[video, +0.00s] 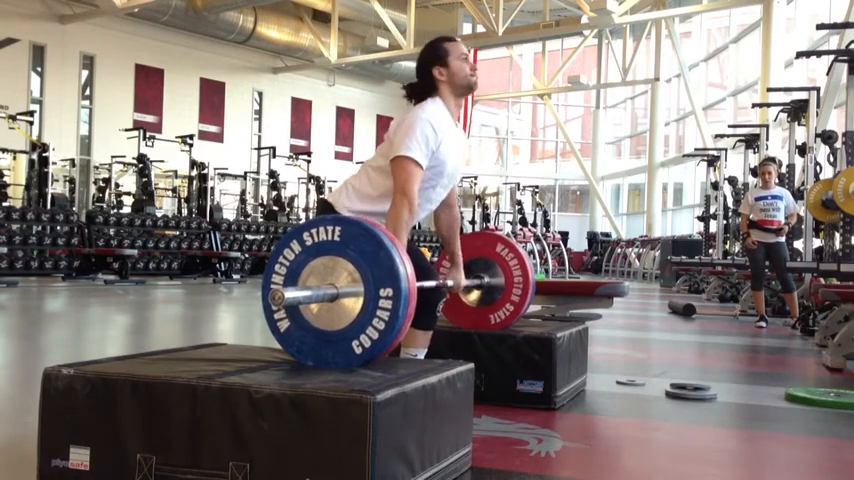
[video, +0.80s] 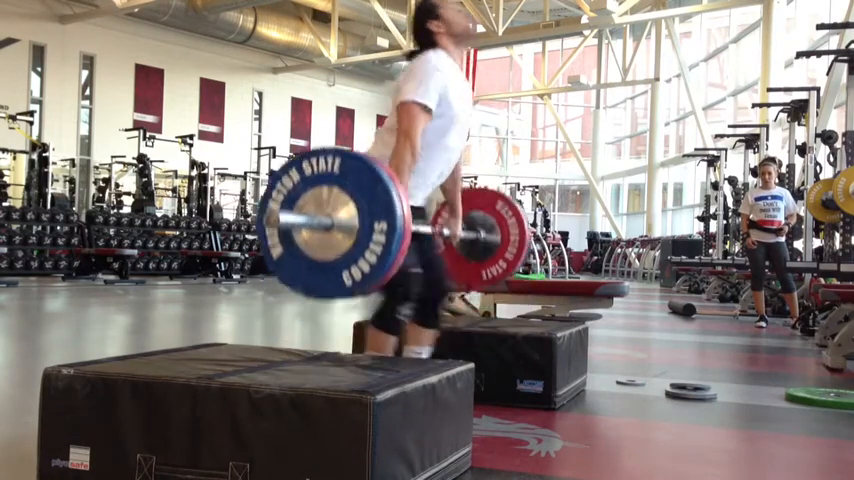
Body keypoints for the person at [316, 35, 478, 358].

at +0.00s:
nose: (473, 64)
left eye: (471, 58)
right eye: (464, 59)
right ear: (440, 72)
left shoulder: (452, 131)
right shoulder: (424, 117)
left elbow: (446, 204)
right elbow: (404, 198)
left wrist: (455, 263)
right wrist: (391, 265)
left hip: (381, 225)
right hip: (345, 217)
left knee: (429, 287)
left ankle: (408, 384)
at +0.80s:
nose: (466, 13)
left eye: (461, 7)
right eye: (455, 8)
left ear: (443, 27)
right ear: (436, 26)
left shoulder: (457, 79)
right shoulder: (429, 64)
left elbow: (450, 154)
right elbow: (406, 139)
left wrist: (454, 212)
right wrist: (392, 209)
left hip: (413, 205)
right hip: (385, 202)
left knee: (434, 285)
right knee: (402, 285)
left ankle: (412, 383)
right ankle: (374, 385)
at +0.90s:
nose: (410, 2)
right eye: (398, 1)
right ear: (378, 18)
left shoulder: (419, 62)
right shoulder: (391, 52)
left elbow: (433, 140)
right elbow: (389, 127)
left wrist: (455, 196)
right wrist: (404, 196)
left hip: (442, 201)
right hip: (412, 199)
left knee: (454, 291)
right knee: (409, 295)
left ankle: (417, 374)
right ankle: (376, 380)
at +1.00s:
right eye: (337, 1)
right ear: (334, 20)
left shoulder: (389, 52)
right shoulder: (354, 44)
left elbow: (420, 115)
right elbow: (368, 105)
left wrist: (457, 158)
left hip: (426, 183)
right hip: (390, 182)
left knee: (426, 278)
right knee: (387, 280)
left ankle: (415, 373)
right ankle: (371, 377)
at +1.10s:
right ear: (327, 14)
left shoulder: (383, 43)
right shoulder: (343, 38)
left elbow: (420, 97)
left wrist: (462, 132)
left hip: (419, 181)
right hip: (378, 185)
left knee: (441, 268)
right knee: (387, 277)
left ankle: (423, 372)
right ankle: (369, 378)